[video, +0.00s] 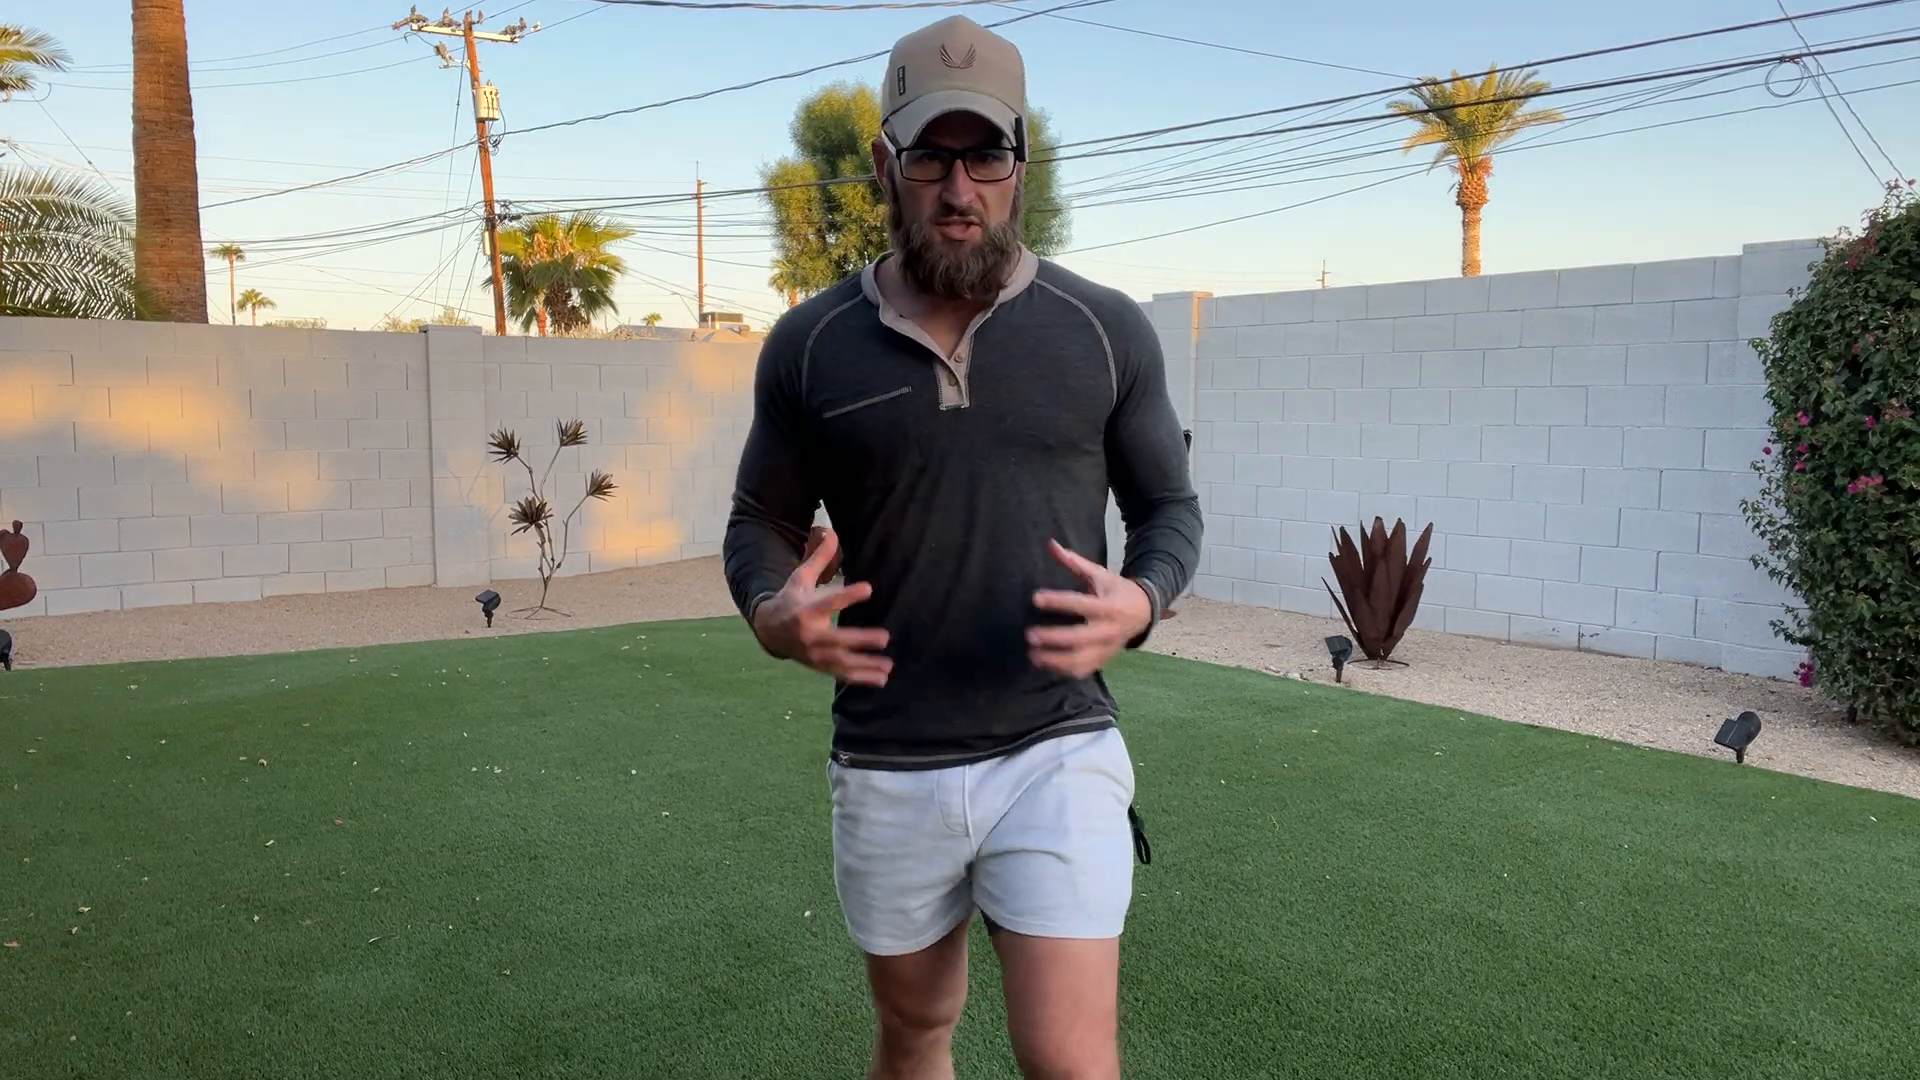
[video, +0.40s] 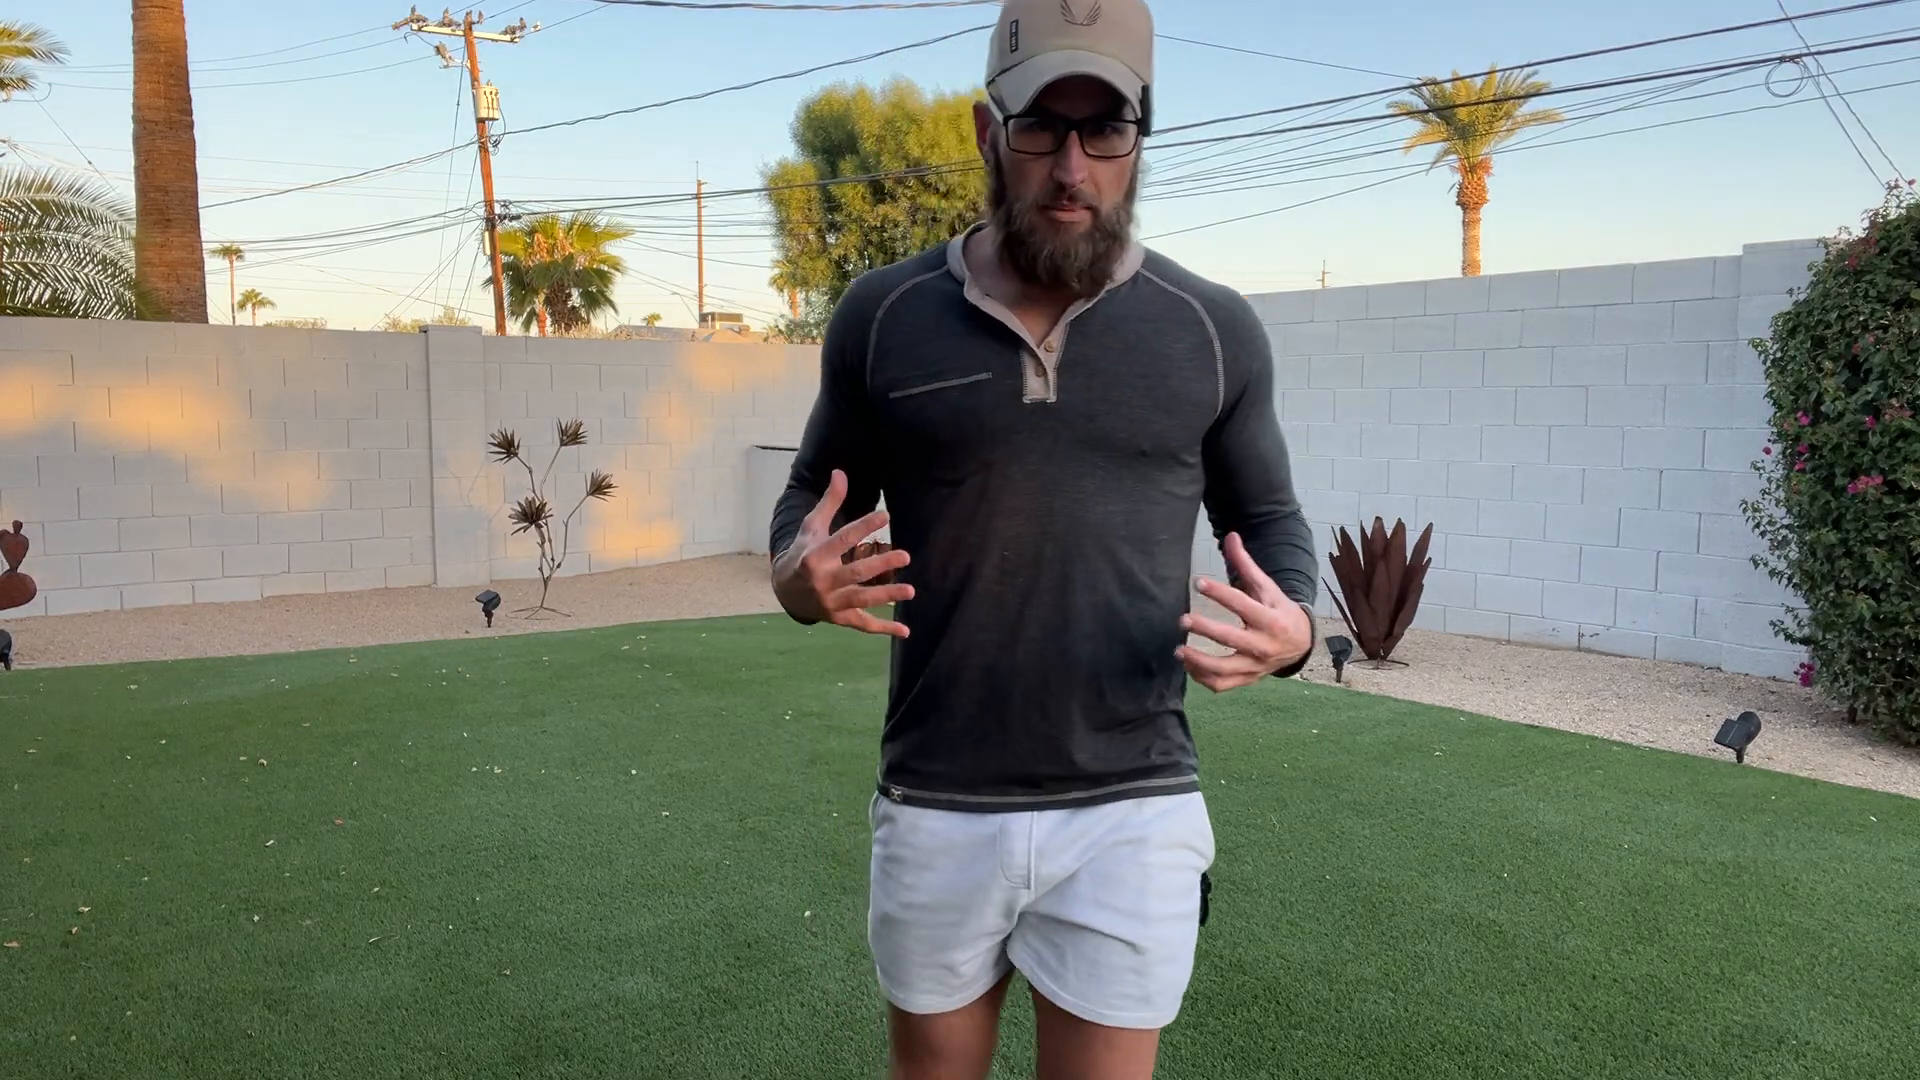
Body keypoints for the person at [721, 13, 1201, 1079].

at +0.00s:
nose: (960, 184)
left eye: (986, 155)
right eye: (932, 156)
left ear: (1020, 166)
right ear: (887, 168)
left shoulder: (1105, 331)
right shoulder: (811, 348)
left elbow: (1169, 507)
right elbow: (761, 523)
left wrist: (1143, 599)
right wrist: (775, 613)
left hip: (1062, 748)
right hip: (893, 763)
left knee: (1072, 1058)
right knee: (915, 1030)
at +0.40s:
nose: (1071, 166)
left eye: (1103, 134)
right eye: (1041, 131)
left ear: (1138, 148)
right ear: (991, 138)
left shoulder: (1214, 330)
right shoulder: (883, 318)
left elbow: (1269, 522)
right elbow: (816, 490)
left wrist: (1293, 629)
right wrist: (801, 580)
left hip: (1136, 806)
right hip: (938, 804)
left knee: (1108, 1067)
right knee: (933, 1064)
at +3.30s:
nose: (1176, 14)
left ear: (1291, 13)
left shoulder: (1407, 298)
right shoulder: (849, 236)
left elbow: (1395, 720)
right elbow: (762, 617)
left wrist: (1249, 1057)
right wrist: (1096, 719)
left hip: (1224, 1034)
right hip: (908, 1035)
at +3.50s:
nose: (1246, 19)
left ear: (1367, 6)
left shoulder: (1469, 309)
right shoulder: (897, 200)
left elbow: (1426, 783)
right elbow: (784, 585)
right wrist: (1111, 696)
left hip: (1254, 1045)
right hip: (916, 1021)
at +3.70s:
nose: (1240, 8)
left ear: (1361, 13)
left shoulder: (1476, 307)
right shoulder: (898, 199)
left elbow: (1441, 755)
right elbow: (771, 582)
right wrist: (1112, 642)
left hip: (1271, 1038)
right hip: (924, 1020)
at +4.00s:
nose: (1133, 7)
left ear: (1243, 15)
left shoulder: (1365, 284)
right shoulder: (827, 253)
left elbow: (1553, 681)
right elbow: (714, 589)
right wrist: (889, 666)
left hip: (1204, 1026)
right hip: (879, 1020)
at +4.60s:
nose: (914, 38)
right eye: (865, 0)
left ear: (1018, 16)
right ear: (800, 15)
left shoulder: (1173, 269)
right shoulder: (703, 299)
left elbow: (1363, 596)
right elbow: (663, 652)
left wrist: (1148, 604)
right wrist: (605, 579)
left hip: (1089, 980)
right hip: (816, 983)